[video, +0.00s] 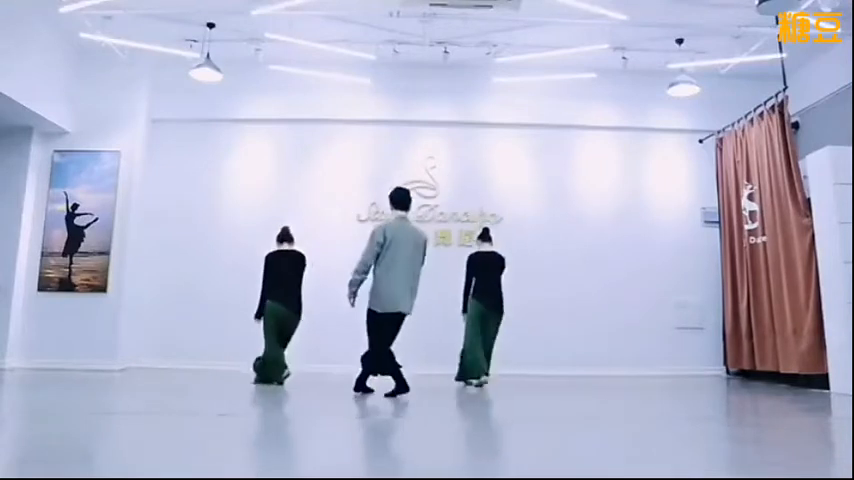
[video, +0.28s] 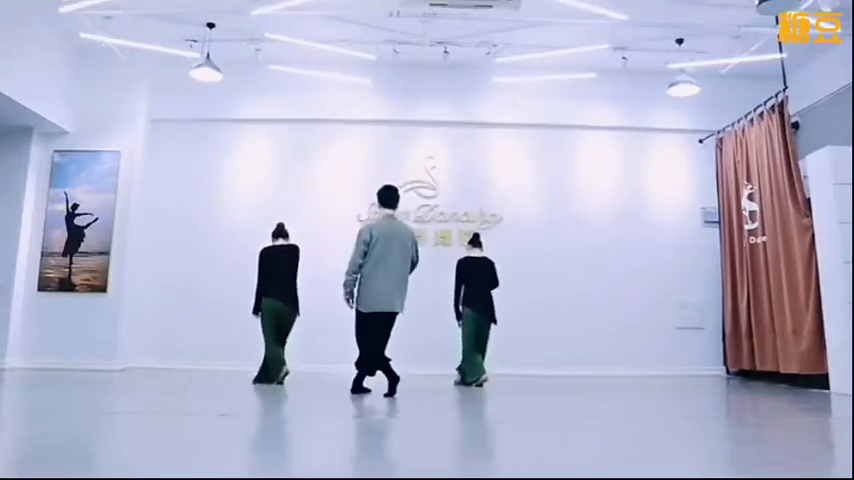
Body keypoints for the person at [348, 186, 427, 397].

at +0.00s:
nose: (392, 205)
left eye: (391, 201)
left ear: (391, 203)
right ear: (410, 205)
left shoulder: (383, 230)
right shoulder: (420, 236)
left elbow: (367, 261)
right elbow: (418, 267)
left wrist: (354, 285)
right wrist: (409, 293)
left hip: (381, 298)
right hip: (406, 300)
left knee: (378, 345)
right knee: (382, 344)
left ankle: (400, 381)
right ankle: (362, 379)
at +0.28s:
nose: (379, 203)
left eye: (379, 199)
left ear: (378, 201)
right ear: (397, 203)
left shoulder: (370, 229)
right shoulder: (407, 232)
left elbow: (356, 261)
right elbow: (413, 261)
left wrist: (348, 286)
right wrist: (398, 274)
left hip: (369, 296)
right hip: (394, 298)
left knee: (365, 341)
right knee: (378, 342)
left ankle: (390, 374)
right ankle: (359, 380)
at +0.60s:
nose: (378, 200)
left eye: (374, 196)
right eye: (386, 196)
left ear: (371, 198)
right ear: (391, 198)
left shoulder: (363, 226)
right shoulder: (402, 226)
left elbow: (349, 259)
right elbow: (413, 246)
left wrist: (344, 284)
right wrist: (395, 256)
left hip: (365, 292)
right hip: (391, 292)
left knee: (366, 341)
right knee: (375, 341)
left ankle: (389, 372)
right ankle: (358, 380)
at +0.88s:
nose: (376, 198)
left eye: (372, 195)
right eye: (384, 195)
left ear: (369, 197)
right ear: (389, 197)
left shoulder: (360, 226)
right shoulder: (400, 225)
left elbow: (346, 258)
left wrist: (341, 284)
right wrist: (405, 285)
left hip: (363, 291)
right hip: (387, 291)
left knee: (365, 340)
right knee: (374, 340)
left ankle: (388, 373)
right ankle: (358, 381)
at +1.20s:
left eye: (370, 194)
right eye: (383, 194)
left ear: (367, 197)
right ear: (387, 198)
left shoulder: (357, 226)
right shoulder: (392, 225)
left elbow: (344, 258)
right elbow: (399, 220)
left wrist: (339, 283)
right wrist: (398, 204)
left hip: (361, 290)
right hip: (384, 290)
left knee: (364, 339)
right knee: (374, 339)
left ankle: (387, 373)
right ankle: (358, 380)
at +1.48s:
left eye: (368, 194)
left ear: (367, 197)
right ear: (386, 198)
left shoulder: (357, 226)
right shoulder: (394, 223)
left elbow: (345, 259)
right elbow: (400, 217)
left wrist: (340, 284)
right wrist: (388, 202)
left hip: (361, 290)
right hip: (384, 289)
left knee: (365, 340)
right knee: (374, 340)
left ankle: (388, 373)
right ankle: (358, 381)